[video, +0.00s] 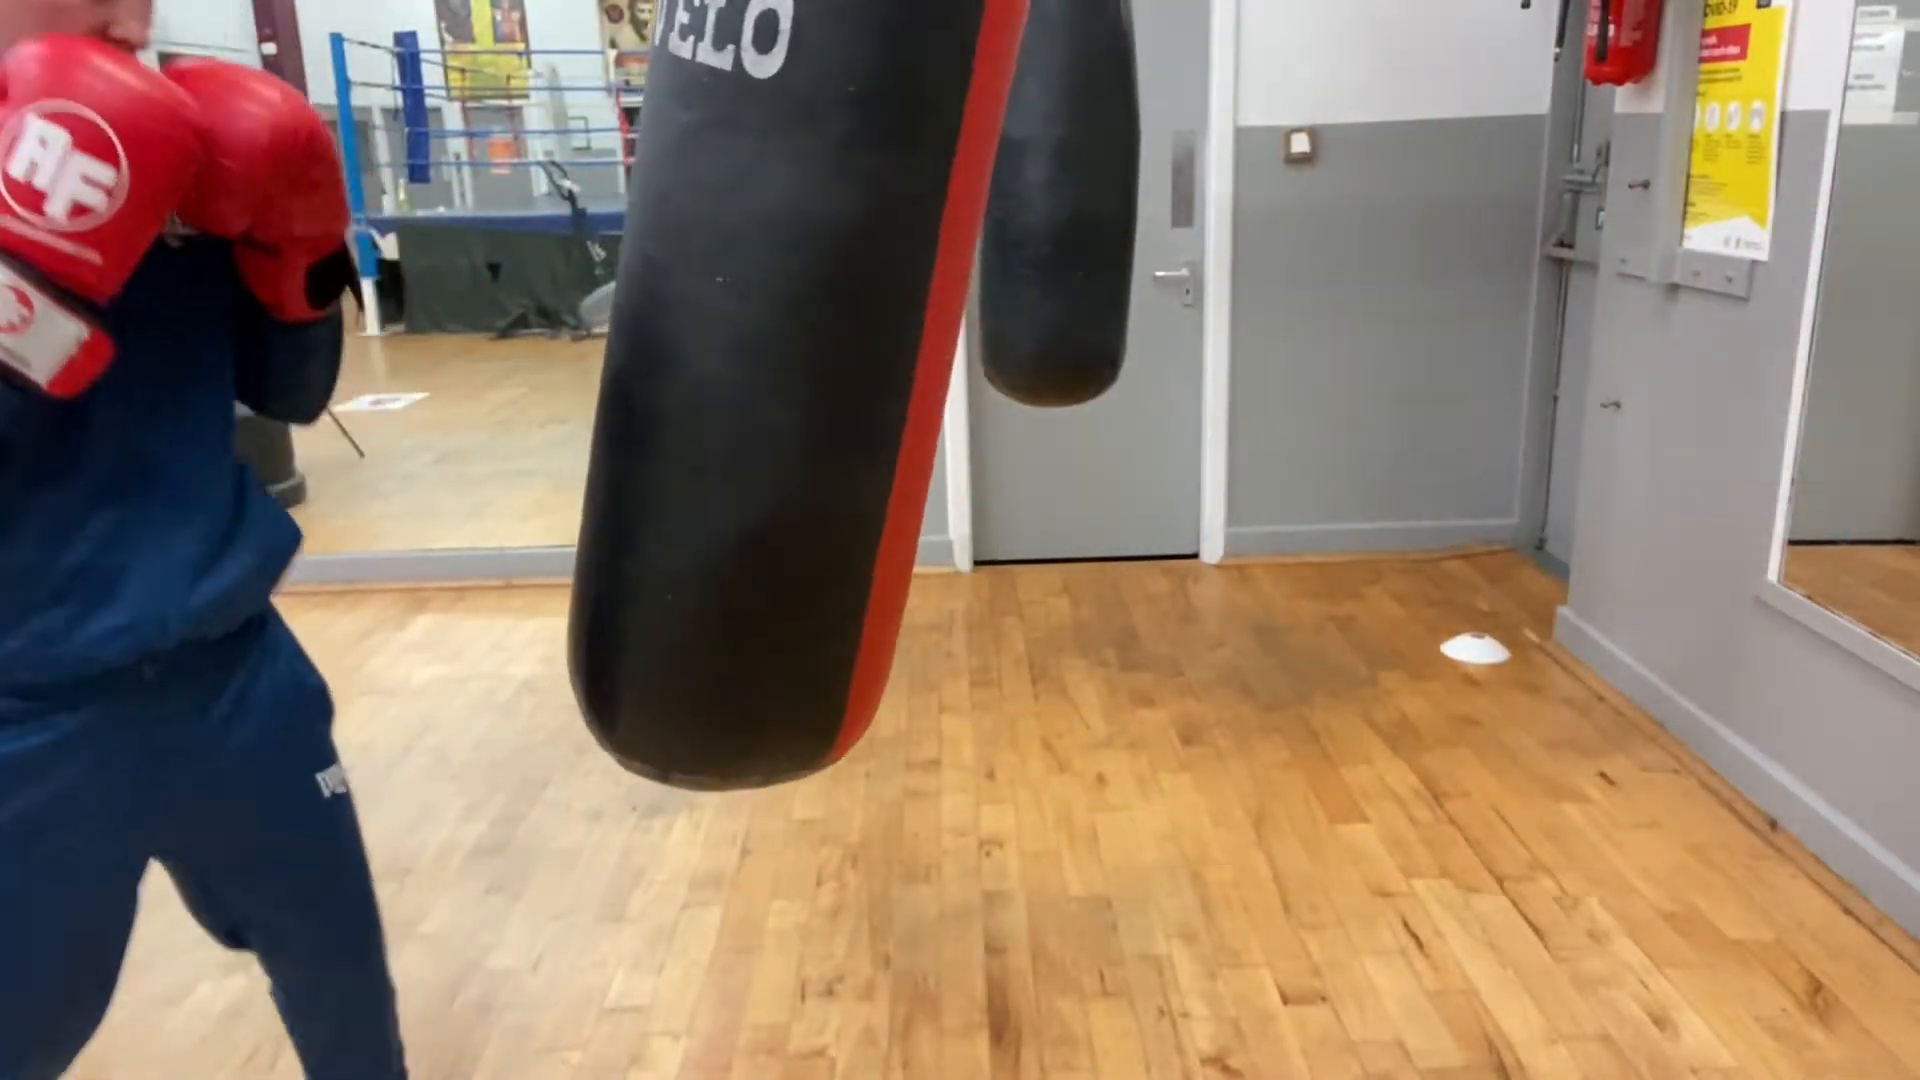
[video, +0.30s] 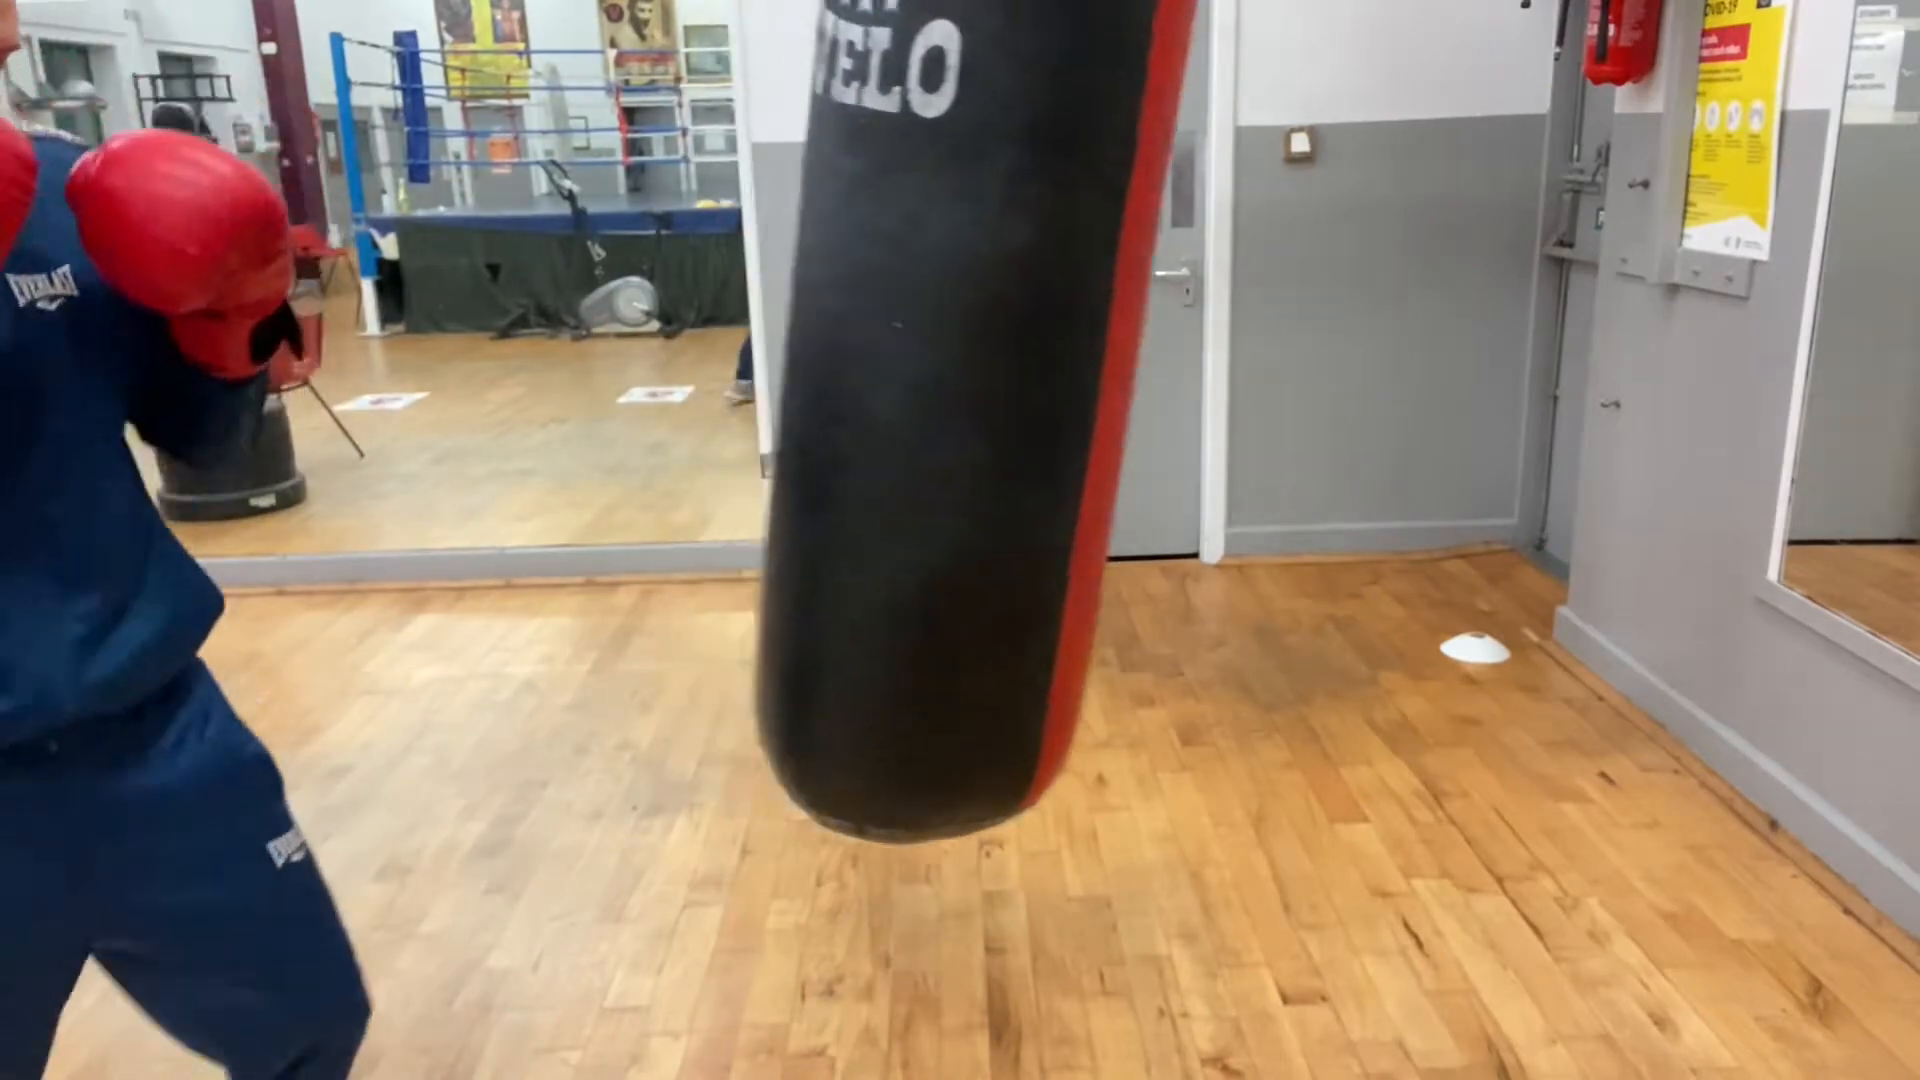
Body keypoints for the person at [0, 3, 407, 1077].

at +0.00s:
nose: (116, 28)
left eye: (127, 14)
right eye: (76, 17)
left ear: (148, 16)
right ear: (0, 25)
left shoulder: (186, 146)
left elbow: (292, 392)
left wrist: (295, 239)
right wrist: (34, 277)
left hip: (233, 675)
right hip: (29, 722)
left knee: (344, 990)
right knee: (23, 1044)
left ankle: (367, 1075)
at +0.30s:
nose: (12, 22)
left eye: (11, 16)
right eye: (7, 16)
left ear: (17, 29)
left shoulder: (78, 199)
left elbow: (197, 436)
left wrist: (226, 333)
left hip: (149, 730)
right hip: (7, 783)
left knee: (310, 1023)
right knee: (8, 1060)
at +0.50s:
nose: (76, 35)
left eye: (83, 24)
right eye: (45, 26)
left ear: (104, 21)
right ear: (7, 20)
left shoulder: (143, 154)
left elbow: (317, 359)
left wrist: (321, 212)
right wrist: (13, 230)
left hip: (207, 697)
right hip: (27, 748)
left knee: (436, 963)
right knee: (13, 1052)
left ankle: (500, 1072)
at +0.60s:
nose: (149, 175)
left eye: (167, 136)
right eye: (115, 136)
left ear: (185, 126)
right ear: (13, 128)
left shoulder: (214, 238)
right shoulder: (18, 300)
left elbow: (308, 461)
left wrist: (360, 365)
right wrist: (33, 375)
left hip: (268, 752)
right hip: (43, 817)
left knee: (499, 975)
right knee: (29, 1066)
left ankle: (596, 1079)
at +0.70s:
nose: (244, 194)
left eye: (257, 157)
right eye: (210, 153)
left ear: (273, 134)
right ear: (74, 118)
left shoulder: (284, 258)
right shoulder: (6, 281)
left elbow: (382, 476)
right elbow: (16, 582)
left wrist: (428, 390)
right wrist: (87, 414)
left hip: (336, 767)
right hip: (84, 825)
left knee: (553, 1012)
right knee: (46, 1070)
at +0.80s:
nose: (362, 167)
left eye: (373, 128)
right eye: (328, 122)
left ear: (389, 117)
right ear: (197, 90)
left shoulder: (397, 234)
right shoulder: (45, 265)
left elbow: (542, 419)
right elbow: (100, 554)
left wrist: (557, 287)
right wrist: (249, 352)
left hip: (431, 754)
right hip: (196, 805)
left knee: (608, 997)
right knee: (109, 1071)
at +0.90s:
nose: (432, 97)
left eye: (445, 62)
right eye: (405, 56)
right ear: (270, 24)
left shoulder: (440, 178)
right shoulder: (100, 206)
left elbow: (584, 381)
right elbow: (200, 489)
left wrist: (604, 251)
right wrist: (325, 281)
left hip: (479, 716)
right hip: (255, 761)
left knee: (614, 987)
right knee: (202, 1070)